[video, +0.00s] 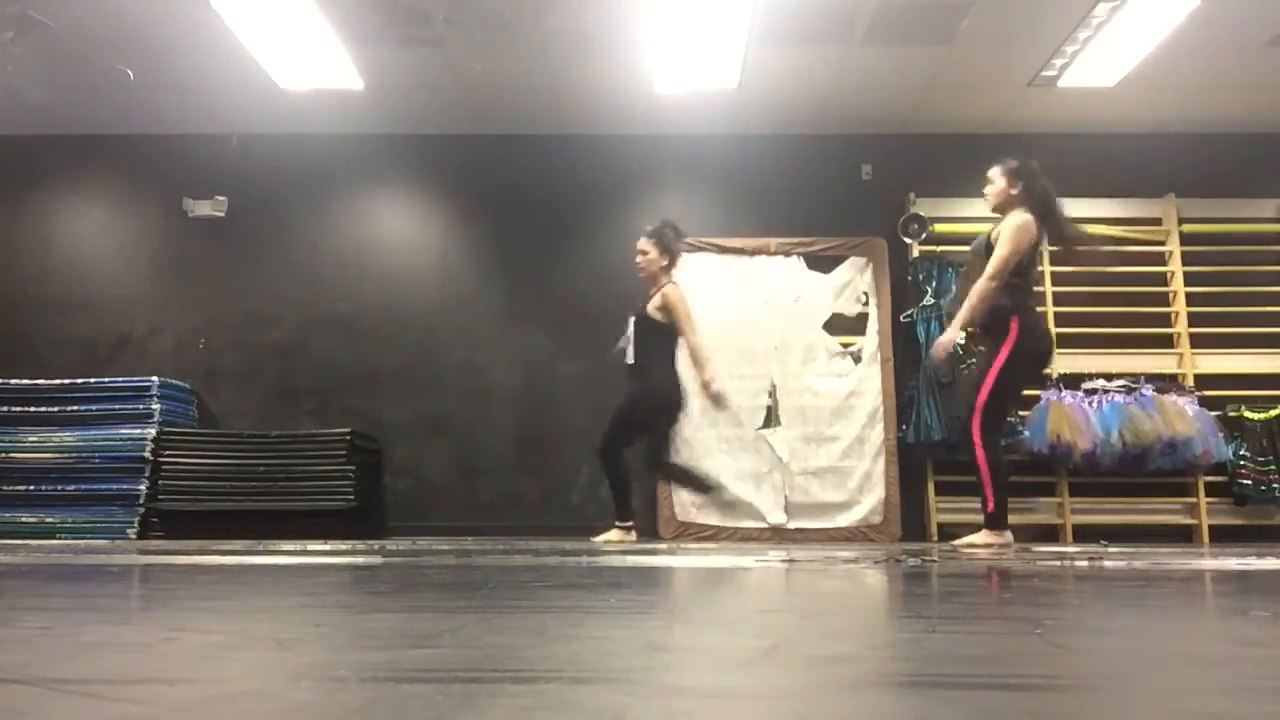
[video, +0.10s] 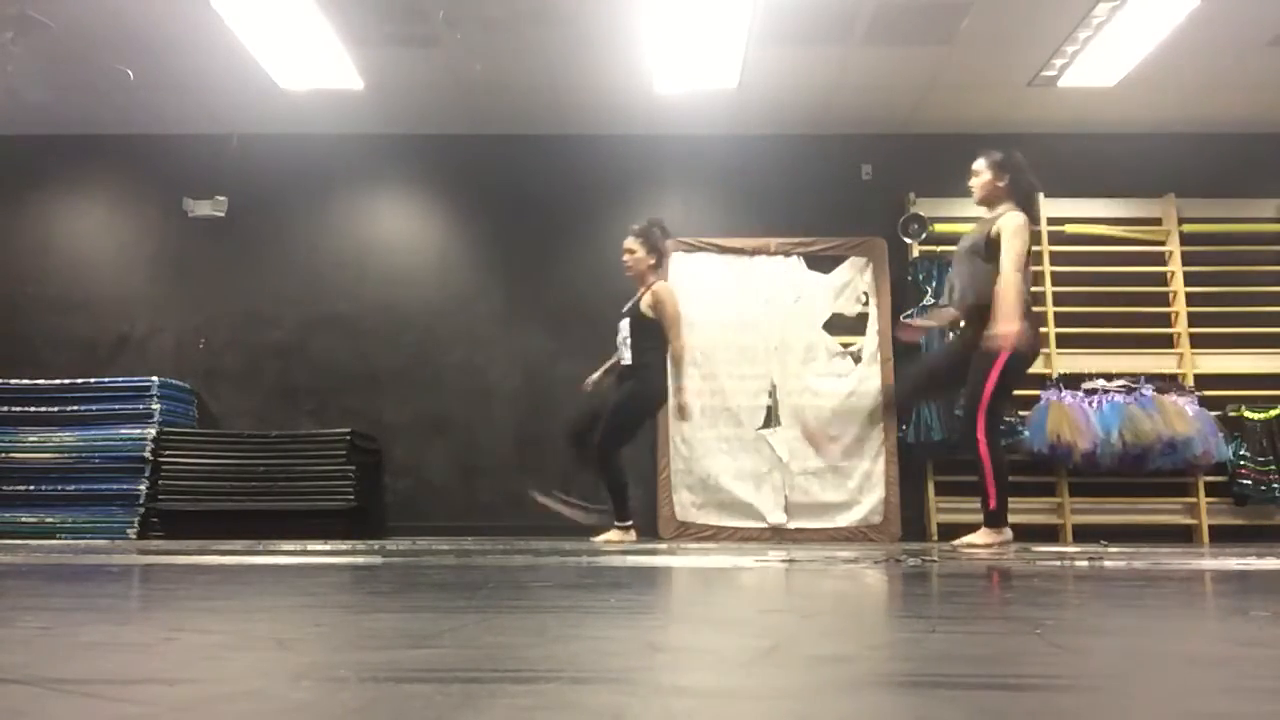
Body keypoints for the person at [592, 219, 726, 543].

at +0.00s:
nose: (637, 260)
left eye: (643, 254)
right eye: (637, 253)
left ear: (664, 259)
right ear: (656, 260)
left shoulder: (670, 294)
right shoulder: (658, 294)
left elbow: (692, 338)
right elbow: (659, 342)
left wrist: (706, 380)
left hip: (655, 391)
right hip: (659, 390)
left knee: (610, 448)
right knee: (657, 462)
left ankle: (624, 525)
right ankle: (719, 493)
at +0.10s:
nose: (624, 259)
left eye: (632, 253)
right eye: (624, 253)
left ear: (652, 258)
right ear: (631, 258)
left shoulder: (661, 292)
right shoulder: (640, 295)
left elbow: (676, 344)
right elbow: (629, 347)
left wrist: (680, 394)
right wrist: (602, 373)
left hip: (647, 385)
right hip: (630, 383)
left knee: (606, 444)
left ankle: (624, 525)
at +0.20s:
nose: (611, 259)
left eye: (617, 252)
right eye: (610, 252)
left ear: (639, 256)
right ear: (622, 257)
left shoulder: (652, 287)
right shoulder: (623, 295)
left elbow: (663, 339)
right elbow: (610, 337)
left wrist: (650, 379)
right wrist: (590, 365)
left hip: (638, 380)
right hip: (613, 375)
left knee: (603, 448)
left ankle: (621, 525)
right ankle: (483, 390)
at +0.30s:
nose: (602, 256)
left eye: (609, 249)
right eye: (601, 250)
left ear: (629, 253)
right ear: (604, 254)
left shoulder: (651, 285)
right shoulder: (602, 295)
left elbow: (667, 332)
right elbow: (581, 336)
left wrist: (649, 371)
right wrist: (561, 371)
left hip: (619, 374)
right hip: (588, 362)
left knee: (606, 449)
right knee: (524, 346)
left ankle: (592, 522)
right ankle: (453, 328)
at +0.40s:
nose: (629, 252)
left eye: (634, 247)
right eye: (622, 247)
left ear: (642, 256)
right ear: (610, 256)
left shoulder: (654, 294)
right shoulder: (594, 292)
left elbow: (659, 339)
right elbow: (561, 331)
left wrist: (643, 373)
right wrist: (542, 366)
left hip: (597, 383)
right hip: (567, 361)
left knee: (604, 451)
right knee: (498, 349)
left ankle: (583, 524)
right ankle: (432, 331)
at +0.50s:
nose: (652, 268)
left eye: (652, 262)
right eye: (644, 262)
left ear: (649, 269)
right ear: (625, 270)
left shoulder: (651, 314)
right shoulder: (602, 297)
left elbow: (629, 354)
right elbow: (555, 315)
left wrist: (613, 385)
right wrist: (522, 340)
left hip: (582, 385)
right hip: (553, 364)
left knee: (596, 449)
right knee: (488, 385)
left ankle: (582, 526)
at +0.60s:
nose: (650, 286)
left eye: (650, 280)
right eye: (643, 279)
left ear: (642, 285)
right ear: (623, 285)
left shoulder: (637, 326)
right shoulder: (600, 309)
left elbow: (606, 355)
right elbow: (550, 316)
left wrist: (592, 381)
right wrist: (504, 335)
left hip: (568, 388)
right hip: (540, 375)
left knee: (589, 446)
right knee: (486, 423)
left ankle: (582, 525)